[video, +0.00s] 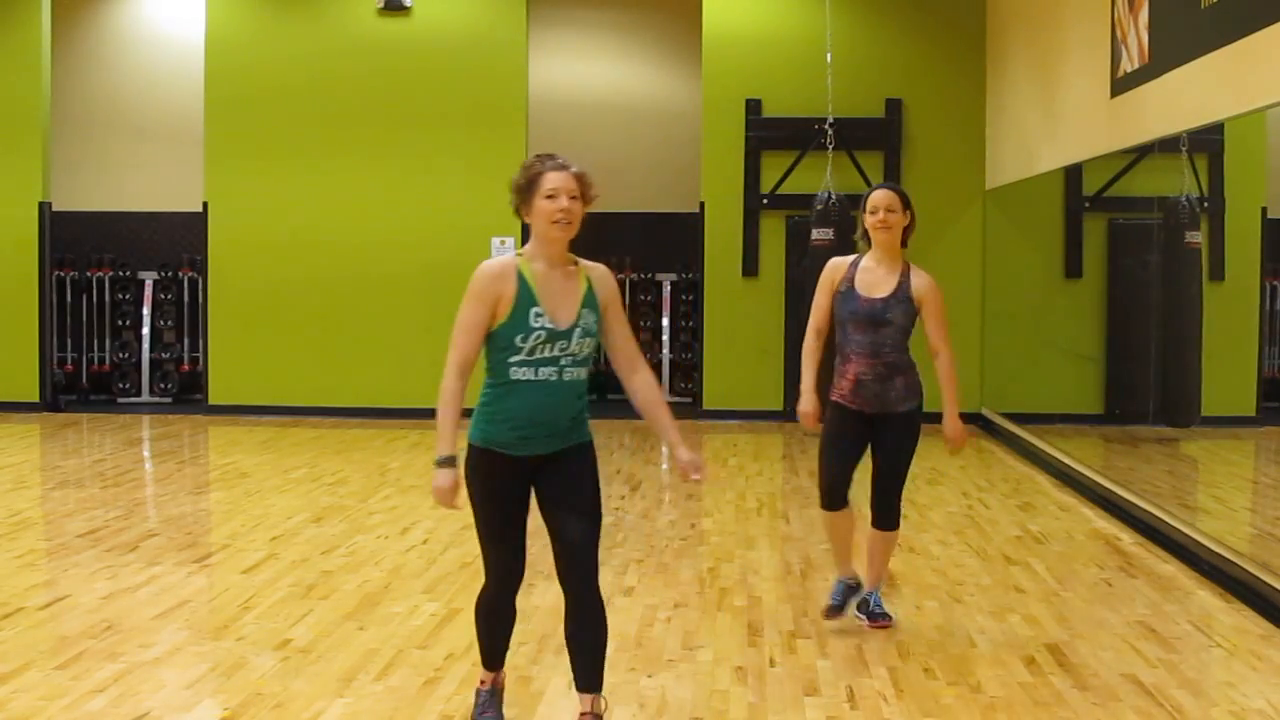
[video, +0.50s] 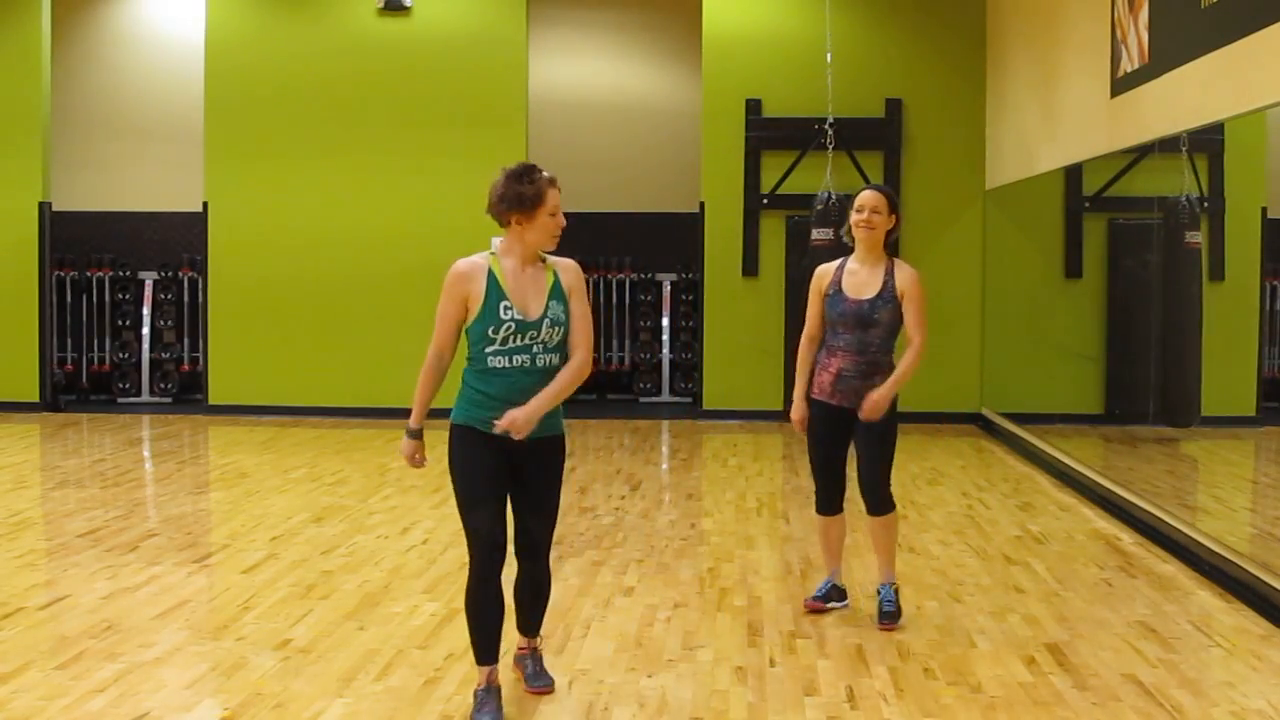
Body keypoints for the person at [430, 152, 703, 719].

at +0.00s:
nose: (565, 207)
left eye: (574, 197)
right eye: (552, 196)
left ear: (584, 208)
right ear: (525, 207)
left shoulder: (598, 280)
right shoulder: (496, 277)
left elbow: (634, 369)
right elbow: (457, 368)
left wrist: (677, 442)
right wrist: (446, 457)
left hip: (568, 448)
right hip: (499, 450)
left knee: (581, 578)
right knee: (504, 575)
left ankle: (591, 707)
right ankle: (490, 682)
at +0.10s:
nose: (557, 211)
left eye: (563, 201)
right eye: (545, 200)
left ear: (568, 208)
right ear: (513, 207)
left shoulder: (582, 275)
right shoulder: (479, 278)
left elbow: (606, 365)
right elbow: (444, 371)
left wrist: (630, 445)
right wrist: (420, 455)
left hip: (557, 447)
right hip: (487, 447)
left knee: (570, 572)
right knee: (497, 574)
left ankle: (566, 692)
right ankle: (491, 685)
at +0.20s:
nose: (560, 211)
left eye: (559, 200)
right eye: (548, 202)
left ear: (548, 206)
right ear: (511, 209)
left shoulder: (573, 271)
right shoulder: (469, 276)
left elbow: (590, 361)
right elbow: (436, 365)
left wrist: (575, 440)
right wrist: (409, 446)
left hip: (549, 443)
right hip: (481, 442)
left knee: (552, 567)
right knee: (491, 567)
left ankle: (536, 656)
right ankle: (490, 682)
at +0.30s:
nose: (558, 214)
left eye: (557, 204)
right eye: (548, 206)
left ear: (535, 211)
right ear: (511, 214)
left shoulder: (567, 271)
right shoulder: (465, 274)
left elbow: (587, 357)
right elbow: (434, 357)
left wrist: (537, 421)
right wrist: (407, 437)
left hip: (544, 437)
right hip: (477, 438)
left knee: (539, 566)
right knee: (488, 564)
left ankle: (530, 635)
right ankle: (490, 683)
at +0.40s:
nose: (560, 217)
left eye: (558, 207)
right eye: (549, 209)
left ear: (534, 214)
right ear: (512, 216)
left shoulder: (567, 272)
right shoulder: (465, 273)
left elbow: (583, 357)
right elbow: (436, 355)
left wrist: (529, 403)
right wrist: (410, 426)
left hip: (542, 436)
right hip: (475, 434)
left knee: (535, 559)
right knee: (488, 560)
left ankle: (535, 641)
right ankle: (489, 682)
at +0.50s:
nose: (563, 221)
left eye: (561, 212)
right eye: (553, 213)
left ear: (532, 219)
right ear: (516, 219)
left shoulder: (567, 275)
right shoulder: (468, 275)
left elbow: (581, 359)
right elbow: (439, 354)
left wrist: (535, 408)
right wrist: (415, 424)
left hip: (542, 434)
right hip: (477, 433)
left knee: (535, 554)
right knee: (486, 556)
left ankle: (529, 648)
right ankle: (487, 679)